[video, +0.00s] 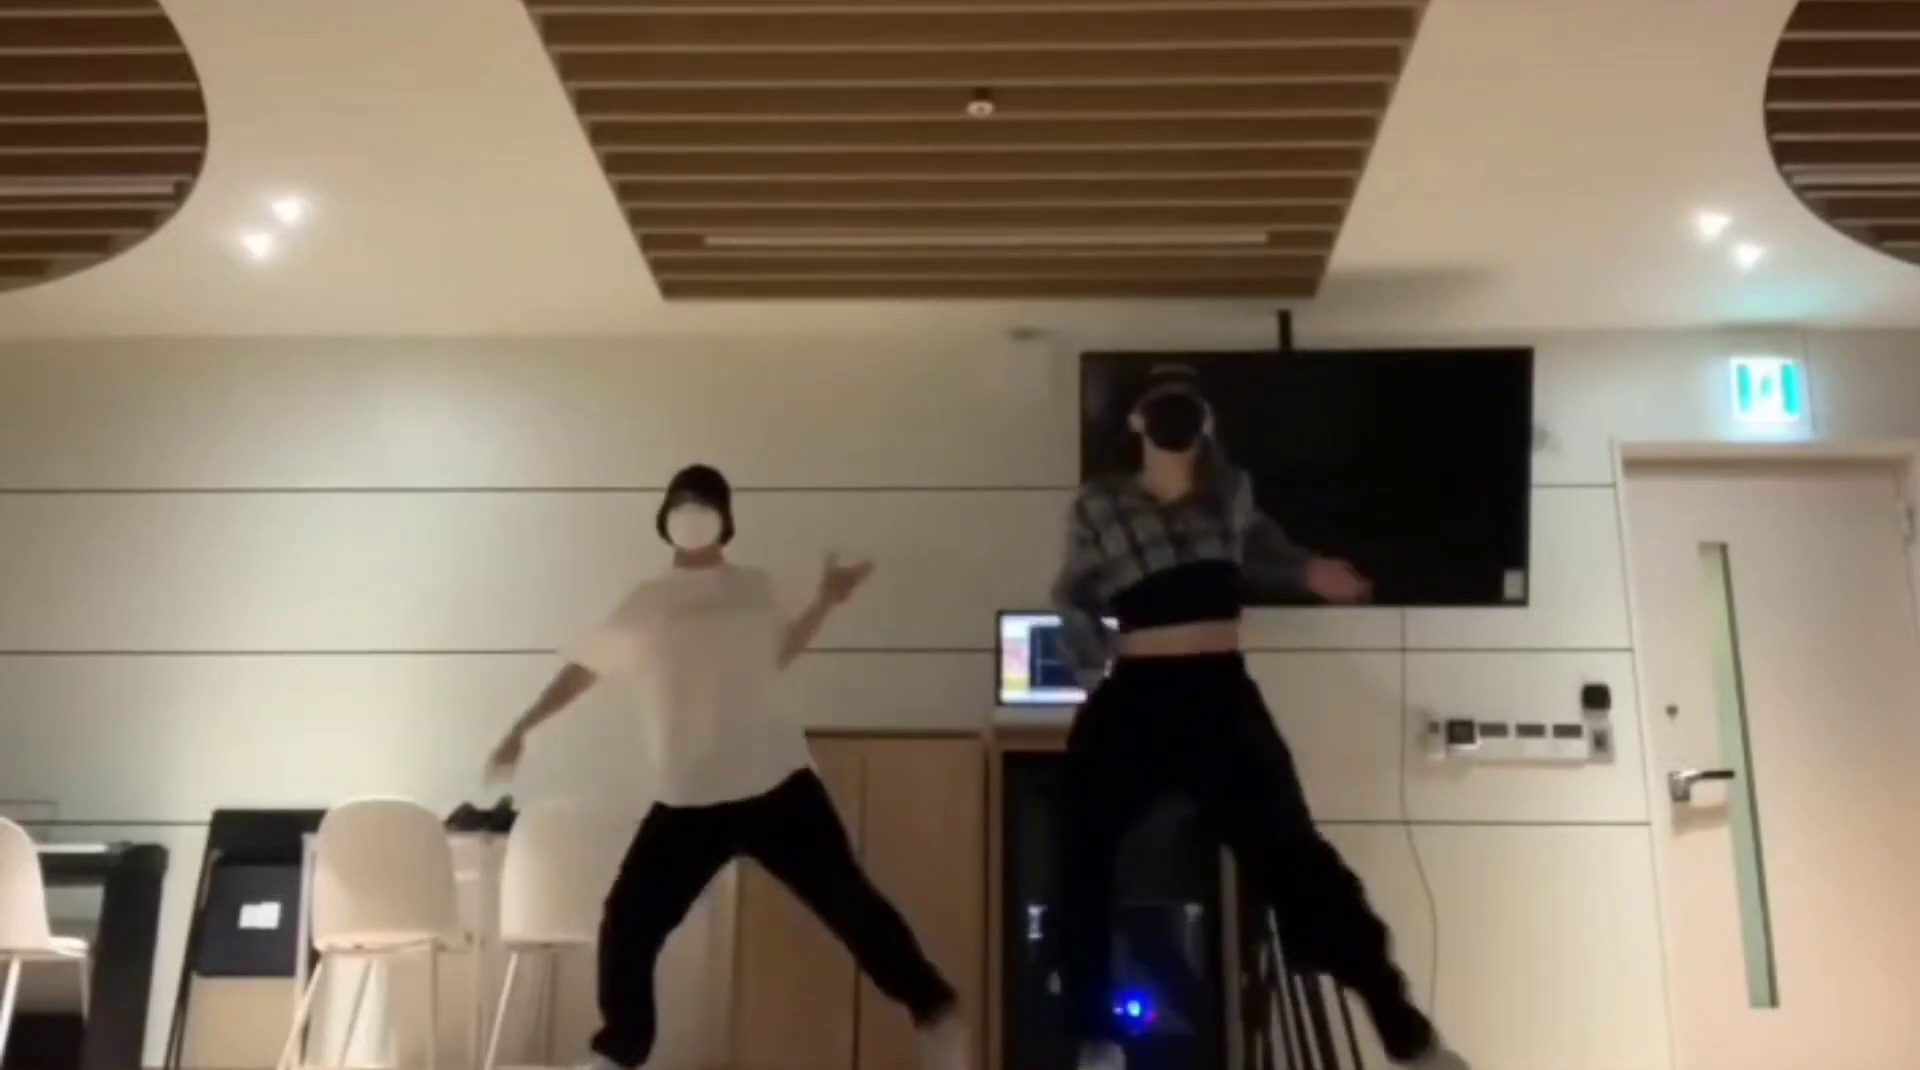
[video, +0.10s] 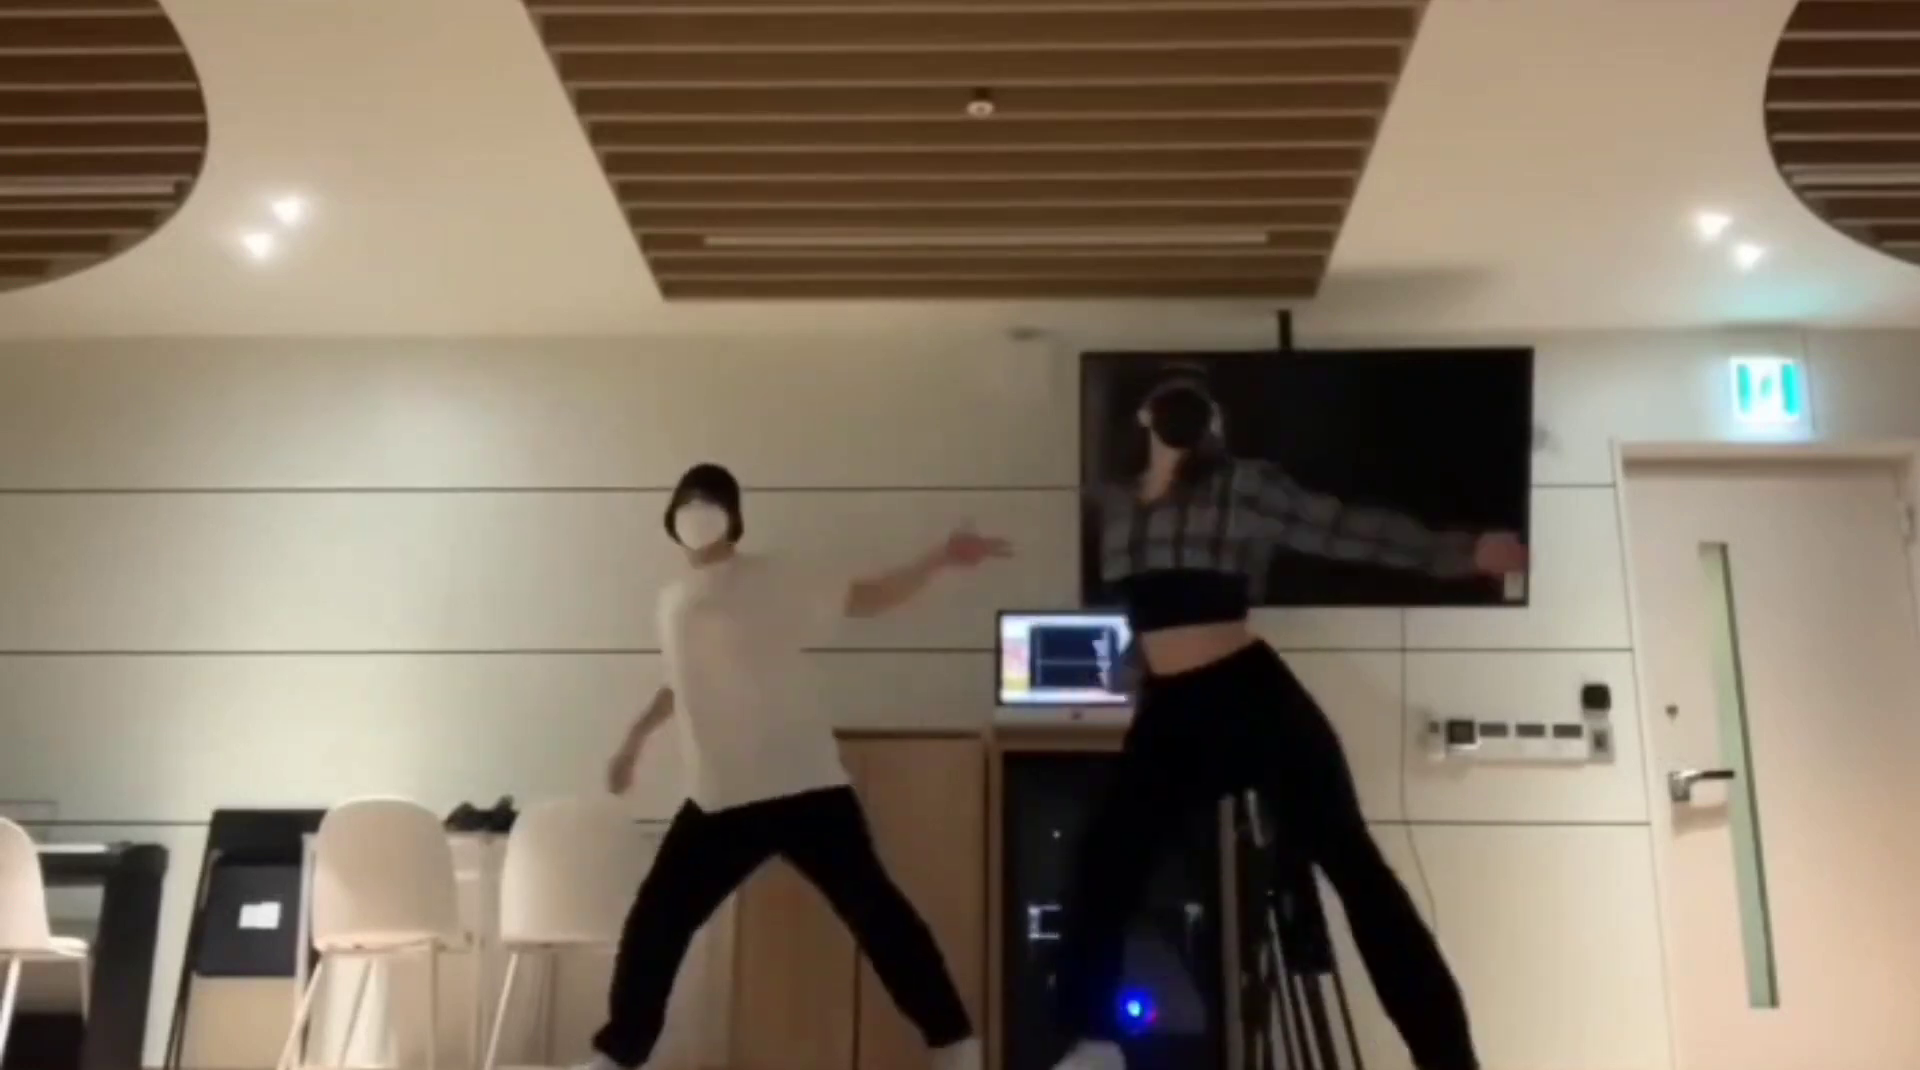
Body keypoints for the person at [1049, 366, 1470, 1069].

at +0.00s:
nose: (1177, 418)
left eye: (1188, 407)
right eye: (1163, 407)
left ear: (1207, 423)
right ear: (1137, 424)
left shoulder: (1229, 497)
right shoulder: (1100, 506)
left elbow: (1260, 561)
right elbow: (1068, 596)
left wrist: (1309, 573)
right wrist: (1092, 652)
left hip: (1222, 698)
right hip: (1134, 700)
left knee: (1291, 852)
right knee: (1083, 858)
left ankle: (1405, 1032)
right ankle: (1090, 1035)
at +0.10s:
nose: (1175, 423)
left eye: (1188, 411)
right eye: (1162, 412)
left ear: (1210, 429)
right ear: (1140, 428)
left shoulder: (1244, 489)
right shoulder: (1121, 507)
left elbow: (1346, 527)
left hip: (1253, 695)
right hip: (1167, 712)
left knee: (1348, 861)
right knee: (1105, 864)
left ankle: (1446, 1056)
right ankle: (1086, 1041)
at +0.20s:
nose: (1176, 426)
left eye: (1192, 413)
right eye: (1167, 415)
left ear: (1218, 426)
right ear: (1150, 426)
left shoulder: (1248, 482)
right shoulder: (1135, 506)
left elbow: (1355, 508)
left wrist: (1477, 513)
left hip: (1257, 690)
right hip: (1173, 709)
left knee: (1358, 863)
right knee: (1109, 874)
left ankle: (1448, 1057)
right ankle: (1082, 1046)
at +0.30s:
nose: (1200, 413)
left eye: (1210, 401)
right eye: (1193, 401)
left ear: (1225, 418)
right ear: (1174, 418)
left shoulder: (1251, 476)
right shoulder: (1149, 498)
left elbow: (1338, 467)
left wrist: (1455, 451)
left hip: (1260, 683)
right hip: (1183, 702)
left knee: (1358, 860)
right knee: (1121, 865)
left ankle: (1447, 1050)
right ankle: (1083, 1041)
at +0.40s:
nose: (1218, 403)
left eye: (1233, 391)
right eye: (1207, 393)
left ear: (1252, 412)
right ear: (1189, 413)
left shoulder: (1264, 474)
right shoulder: (1174, 494)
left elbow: (1298, 417)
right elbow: (1175, 607)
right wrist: (1157, 675)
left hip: (1263, 674)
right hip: (1185, 687)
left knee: (1347, 856)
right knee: (1134, 861)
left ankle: (1449, 1040)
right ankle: (1084, 1036)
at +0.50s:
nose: (1213, 417)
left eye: (1228, 400)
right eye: (1207, 403)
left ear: (1253, 407)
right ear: (1199, 412)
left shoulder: (1276, 476)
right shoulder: (1185, 490)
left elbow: (1269, 418)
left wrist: (1290, 355)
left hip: (1264, 674)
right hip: (1185, 686)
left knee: (1343, 856)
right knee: (1136, 867)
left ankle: (1451, 1039)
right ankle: (1092, 1044)